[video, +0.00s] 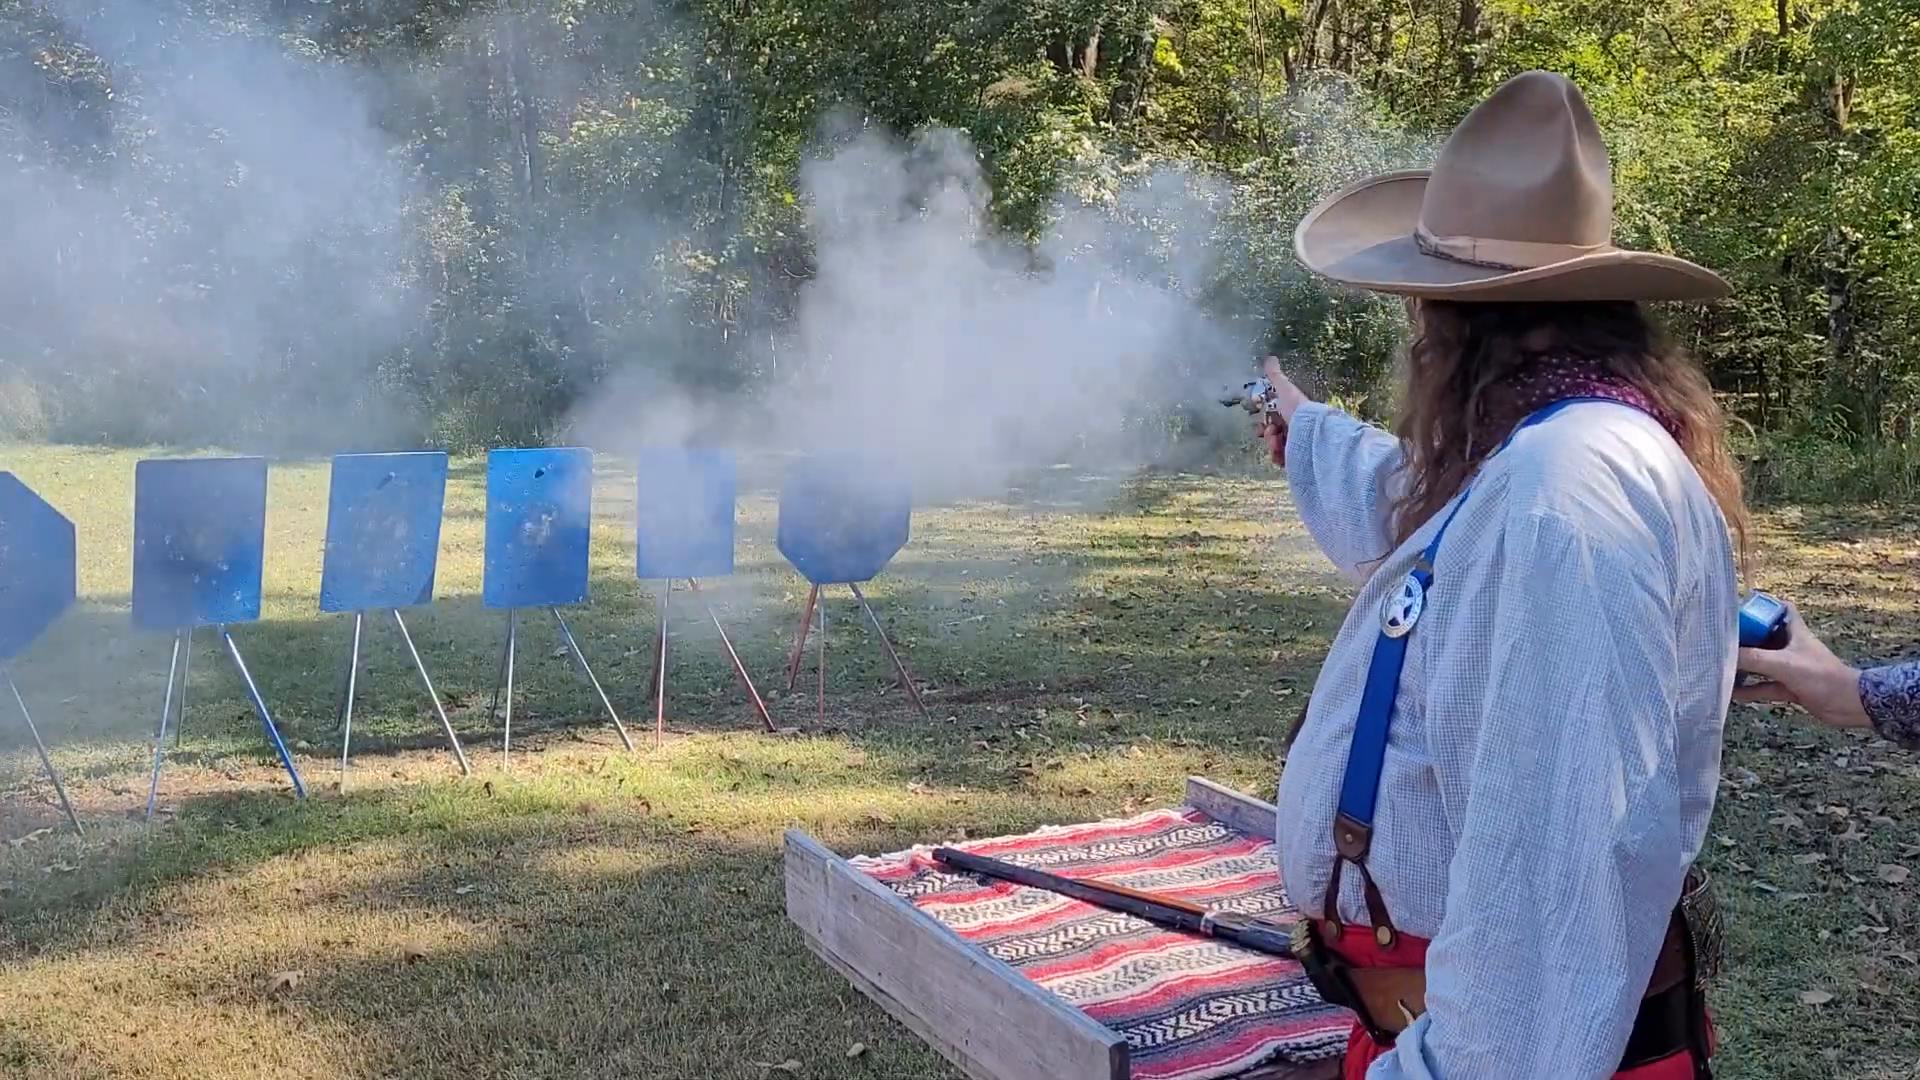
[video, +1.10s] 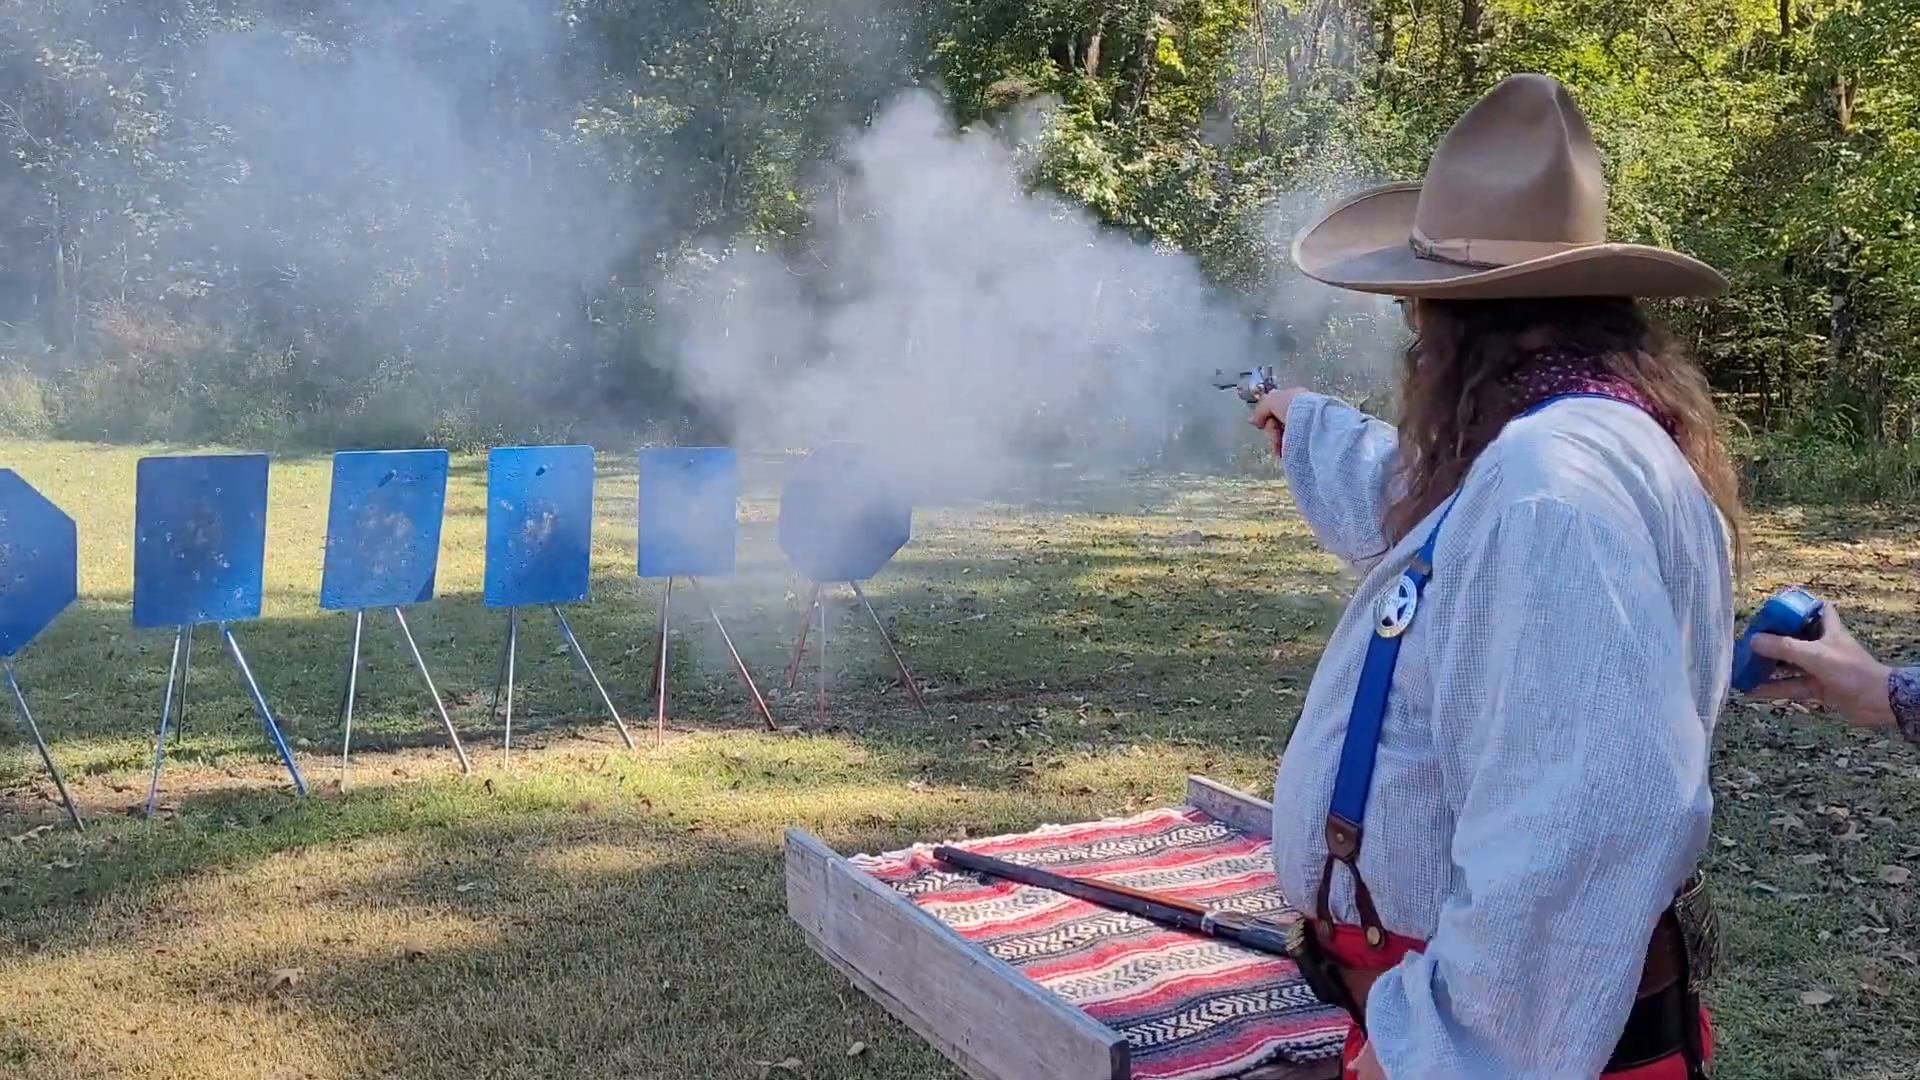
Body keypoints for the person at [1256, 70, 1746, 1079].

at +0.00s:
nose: (1409, 329)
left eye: (1421, 304)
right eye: (1411, 301)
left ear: (1461, 320)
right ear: (1566, 308)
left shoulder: (1562, 496)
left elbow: (1558, 872)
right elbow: (1412, 509)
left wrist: (1437, 1062)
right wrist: (1303, 429)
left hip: (1494, 1022)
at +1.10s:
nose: (1409, 335)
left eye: (1420, 309)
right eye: (1412, 306)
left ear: (1462, 323)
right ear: (1572, 310)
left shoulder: (1548, 478)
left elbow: (1596, 811)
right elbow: (1412, 507)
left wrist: (1437, 1047)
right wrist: (1306, 423)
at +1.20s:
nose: (1403, 334)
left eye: (1415, 308)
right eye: (1407, 306)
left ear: (1459, 320)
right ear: (1572, 307)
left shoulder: (1543, 465)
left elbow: (1672, 763)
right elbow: (1429, 519)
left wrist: (1467, 985)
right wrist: (1332, 457)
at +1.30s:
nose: (1388, 345)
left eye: (1395, 318)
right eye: (1389, 317)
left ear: (1435, 326)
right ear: (1564, 307)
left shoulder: (1523, 456)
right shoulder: (1597, 427)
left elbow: (1695, 719)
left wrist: (1489, 953)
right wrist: (1398, 513)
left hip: (1489, 1045)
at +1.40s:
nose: (1370, 364)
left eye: (1376, 334)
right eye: (1368, 333)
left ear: (1410, 336)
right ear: (1536, 309)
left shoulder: (1512, 461)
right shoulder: (1611, 437)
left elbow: (1694, 709)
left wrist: (1502, 941)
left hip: (1486, 1048)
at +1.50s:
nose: (1361, 378)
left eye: (1364, 351)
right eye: (1358, 352)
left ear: (1395, 355)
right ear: (1534, 307)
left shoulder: (1497, 459)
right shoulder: (1627, 420)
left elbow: (1674, 697)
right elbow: (1771, 554)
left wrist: (1510, 951)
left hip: (1488, 1046)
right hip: (1617, 1019)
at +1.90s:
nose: (1349, 393)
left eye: (1352, 365)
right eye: (1344, 367)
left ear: (1380, 357)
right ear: (1525, 305)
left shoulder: (1452, 445)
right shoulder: (1664, 433)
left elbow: (1580, 670)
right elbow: (1828, 678)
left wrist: (1460, 969)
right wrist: (1651, 775)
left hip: (1507, 1034)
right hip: (1664, 994)